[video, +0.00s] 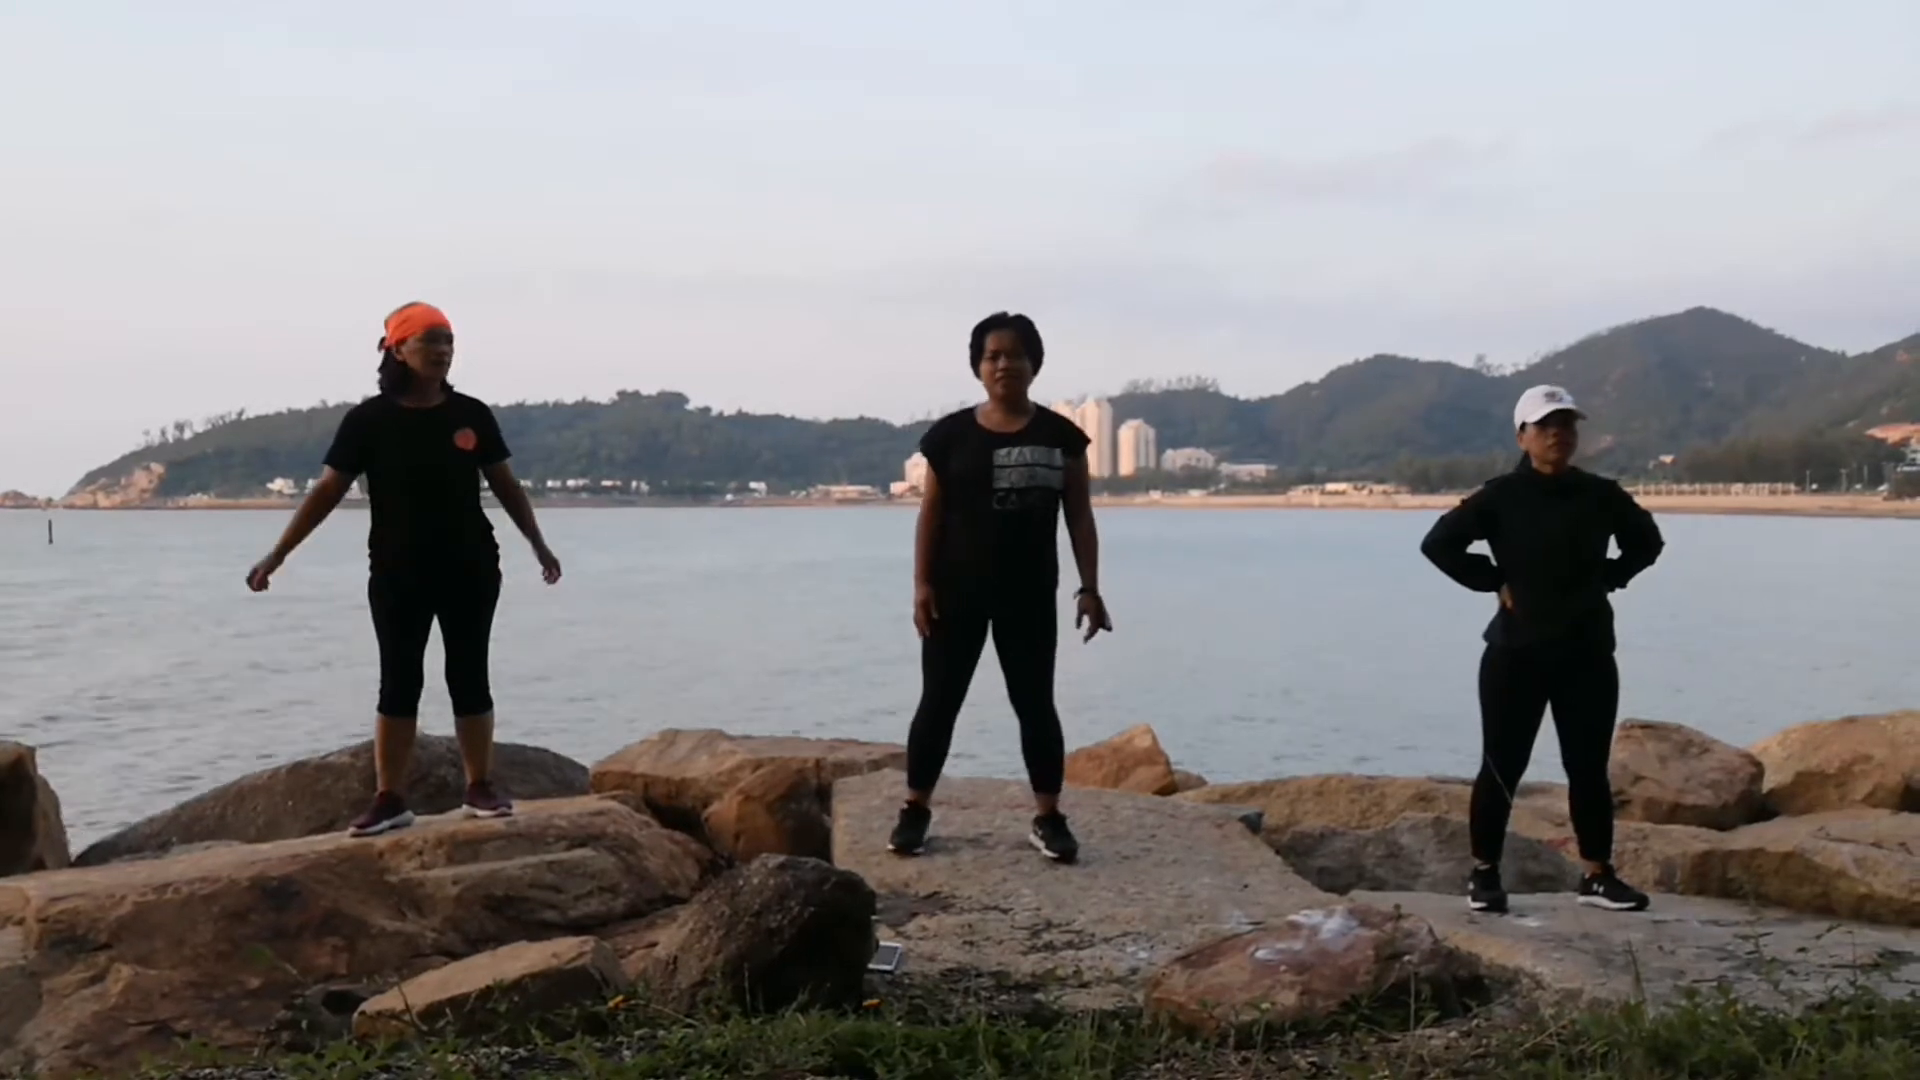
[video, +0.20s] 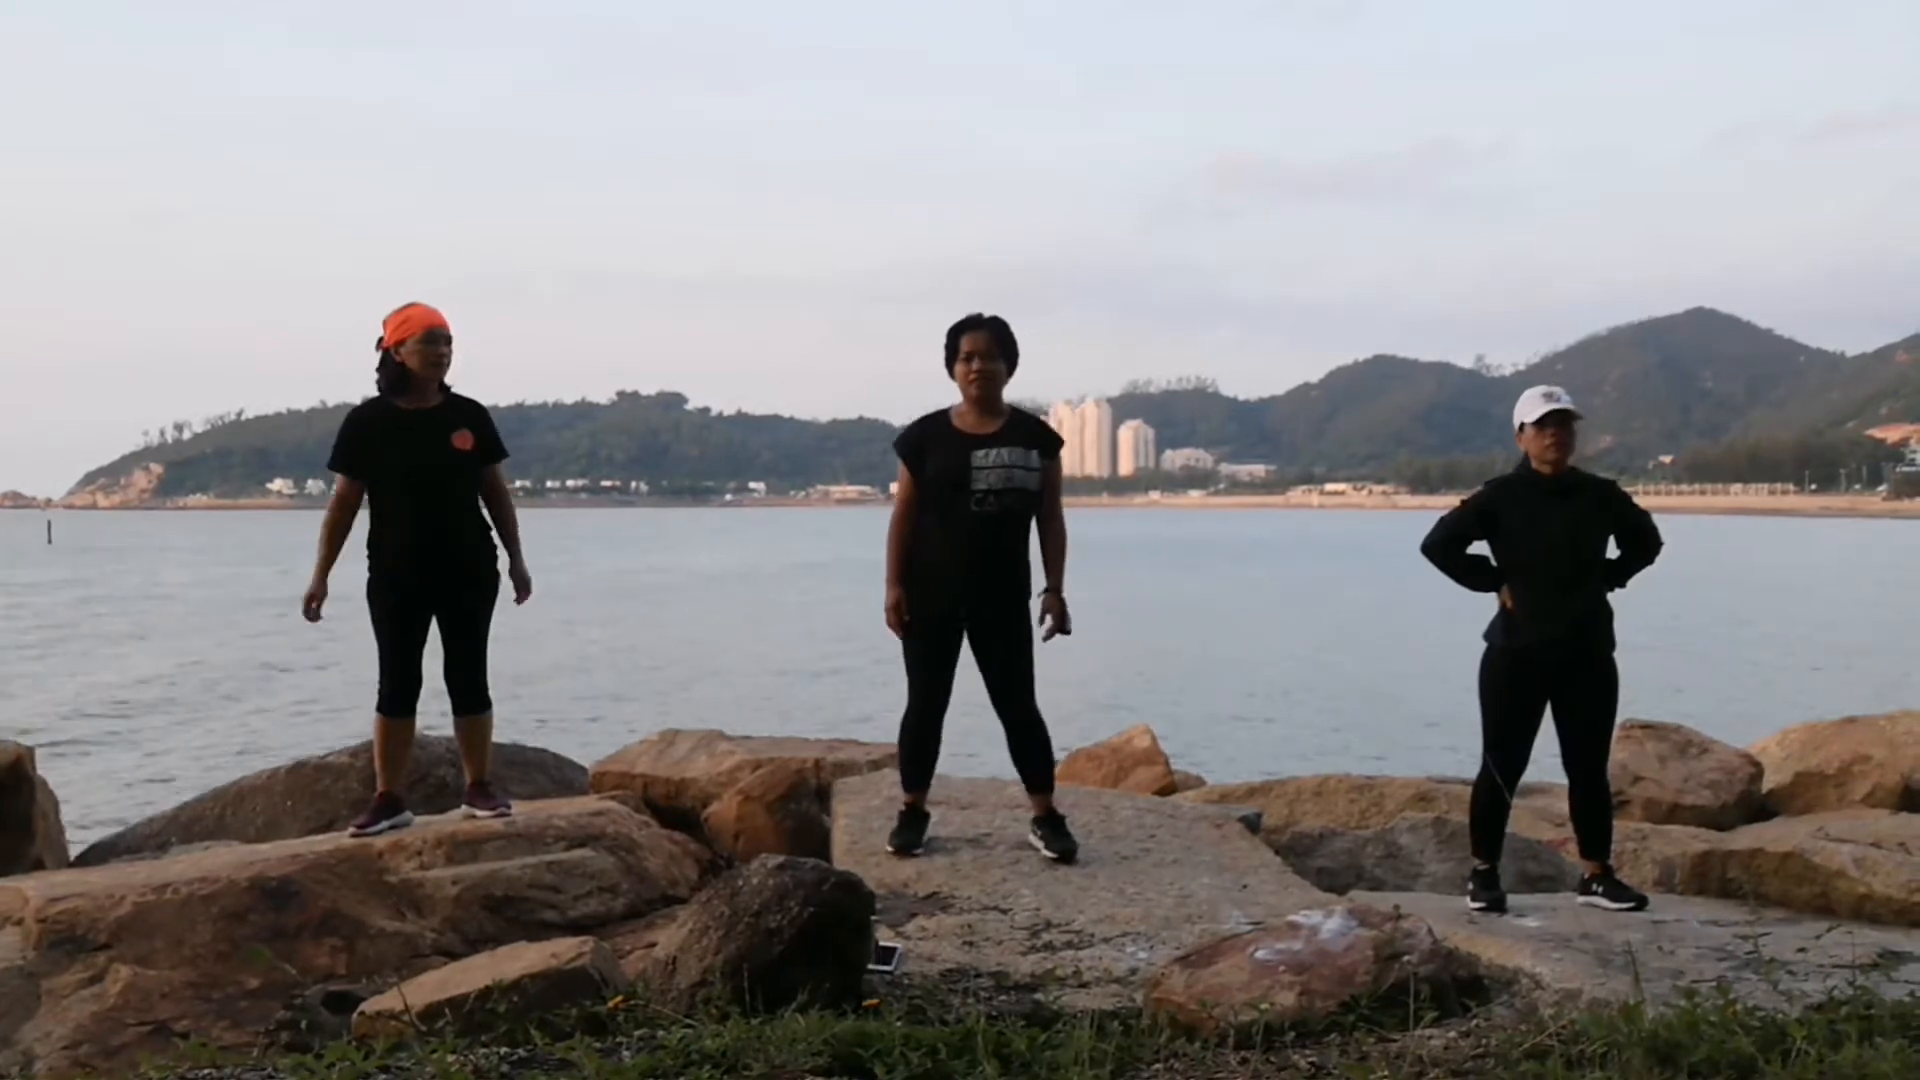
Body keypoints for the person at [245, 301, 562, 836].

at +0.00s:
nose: (443, 349)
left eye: (448, 340)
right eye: (431, 340)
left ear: (452, 348)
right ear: (399, 349)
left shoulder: (472, 416)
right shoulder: (368, 420)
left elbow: (505, 484)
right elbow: (326, 492)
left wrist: (538, 543)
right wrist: (276, 554)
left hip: (468, 570)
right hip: (398, 574)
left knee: (469, 680)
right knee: (398, 686)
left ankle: (480, 788)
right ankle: (388, 799)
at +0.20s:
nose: (444, 349)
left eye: (447, 341)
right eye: (431, 341)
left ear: (450, 349)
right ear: (398, 351)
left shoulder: (470, 416)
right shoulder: (367, 422)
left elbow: (496, 492)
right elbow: (344, 503)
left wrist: (516, 558)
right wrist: (320, 576)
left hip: (467, 572)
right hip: (398, 576)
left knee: (469, 681)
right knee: (397, 687)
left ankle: (478, 787)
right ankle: (388, 798)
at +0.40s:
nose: (440, 351)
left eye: (443, 342)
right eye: (427, 343)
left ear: (446, 349)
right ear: (393, 352)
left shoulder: (466, 414)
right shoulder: (363, 423)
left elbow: (492, 484)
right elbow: (355, 503)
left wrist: (480, 535)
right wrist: (394, 554)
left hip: (464, 571)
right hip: (395, 574)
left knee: (467, 680)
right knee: (395, 686)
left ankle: (477, 789)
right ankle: (387, 798)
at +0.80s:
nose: (435, 352)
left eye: (438, 343)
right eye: (422, 344)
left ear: (441, 350)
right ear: (388, 354)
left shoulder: (462, 416)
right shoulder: (361, 425)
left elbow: (490, 492)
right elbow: (340, 506)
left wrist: (507, 556)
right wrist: (321, 580)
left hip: (462, 573)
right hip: (393, 578)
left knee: (465, 683)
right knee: (393, 690)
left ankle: (476, 789)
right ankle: (385, 799)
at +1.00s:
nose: (433, 352)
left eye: (437, 343)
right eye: (420, 343)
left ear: (441, 350)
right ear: (387, 353)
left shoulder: (461, 417)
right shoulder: (358, 425)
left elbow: (492, 486)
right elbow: (324, 501)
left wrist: (518, 548)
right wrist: (285, 571)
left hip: (461, 572)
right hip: (391, 578)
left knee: (463, 681)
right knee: (391, 688)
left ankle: (475, 789)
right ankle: (383, 800)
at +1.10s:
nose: (435, 353)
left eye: (437, 343)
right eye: (422, 344)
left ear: (439, 350)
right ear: (388, 354)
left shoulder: (462, 418)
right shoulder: (358, 425)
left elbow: (490, 488)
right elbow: (329, 502)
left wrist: (514, 552)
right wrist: (296, 573)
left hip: (460, 572)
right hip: (391, 578)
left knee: (463, 682)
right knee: (391, 689)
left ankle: (474, 788)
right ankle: (383, 800)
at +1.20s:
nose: (435, 353)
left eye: (438, 344)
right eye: (422, 345)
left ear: (440, 351)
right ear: (388, 354)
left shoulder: (461, 417)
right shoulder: (359, 425)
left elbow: (488, 494)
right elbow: (340, 507)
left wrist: (505, 558)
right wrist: (321, 580)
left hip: (460, 573)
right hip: (390, 578)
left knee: (463, 682)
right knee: (391, 690)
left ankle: (474, 789)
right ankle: (383, 799)